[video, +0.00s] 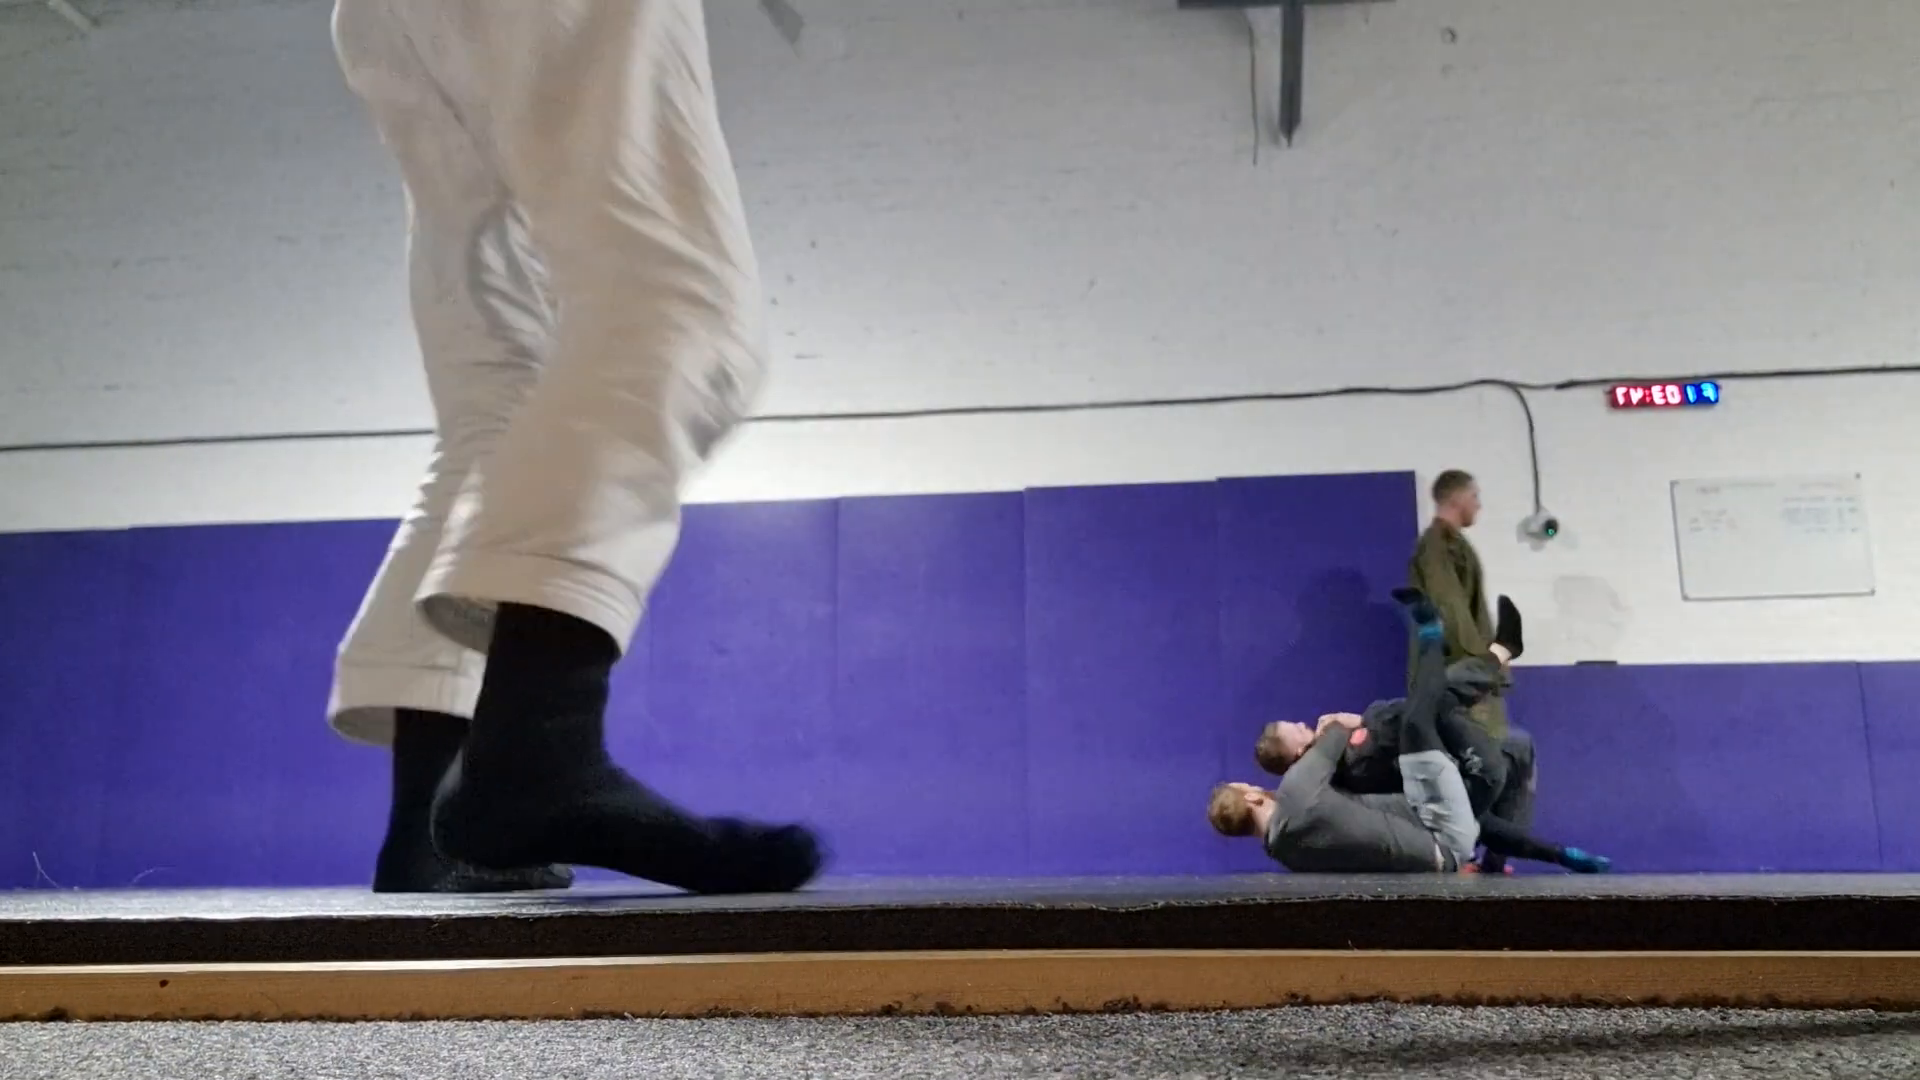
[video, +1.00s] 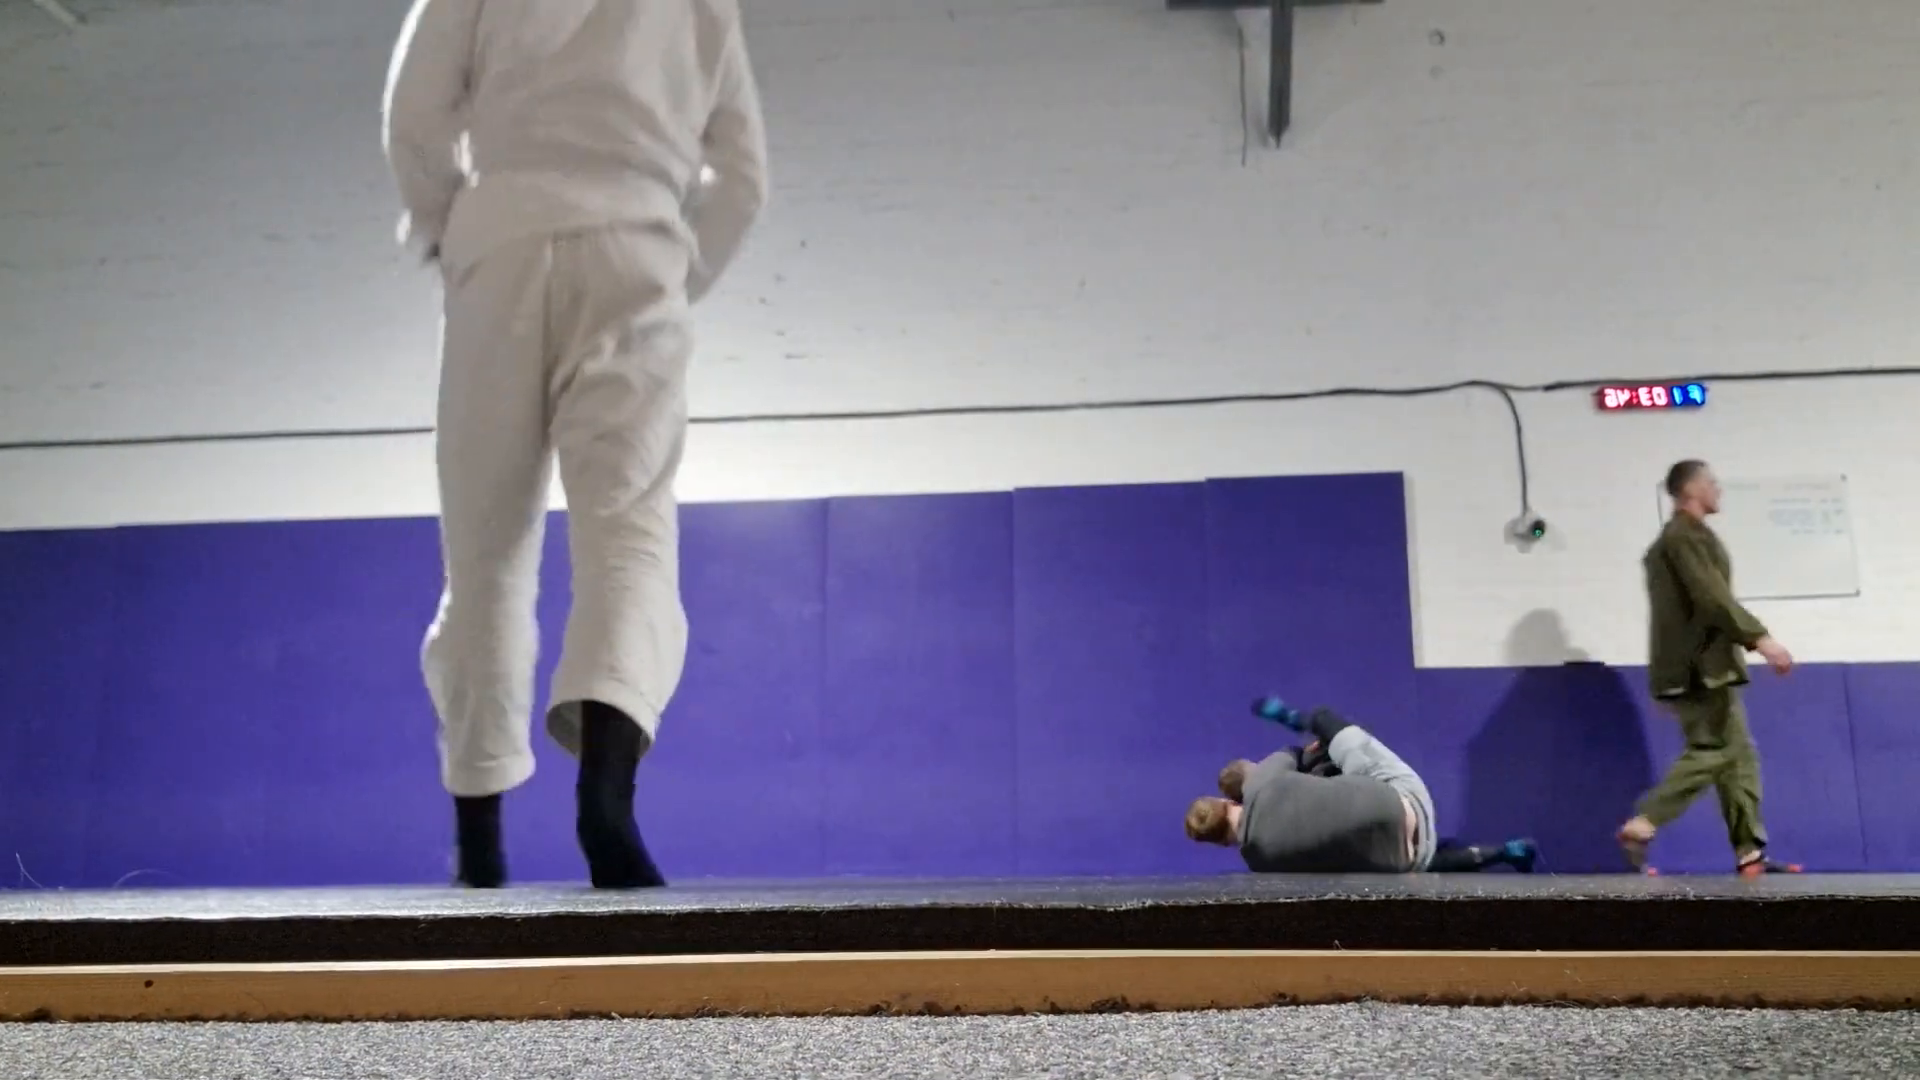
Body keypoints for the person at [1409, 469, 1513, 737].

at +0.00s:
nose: (1478, 504)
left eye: (1477, 496)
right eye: (1473, 496)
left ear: (1455, 499)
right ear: (1455, 498)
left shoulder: (1458, 544)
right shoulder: (1435, 546)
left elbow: (1475, 605)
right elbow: (1451, 606)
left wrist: (1490, 652)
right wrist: (1480, 656)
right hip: (1446, 663)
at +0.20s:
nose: (1524, 504)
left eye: (1523, 496)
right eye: (1519, 496)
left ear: (1494, 499)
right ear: (1500, 498)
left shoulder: (1495, 544)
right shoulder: (1479, 545)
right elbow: (1469, 613)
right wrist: (1480, 662)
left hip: (1511, 674)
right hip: (1508, 676)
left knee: (1491, 761)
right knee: (1543, 757)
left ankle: (1477, 846)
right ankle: (1576, 843)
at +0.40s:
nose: (1575, 500)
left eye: (1572, 492)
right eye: (1568, 492)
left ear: (1543, 497)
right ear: (1548, 497)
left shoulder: (1543, 541)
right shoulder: (1533, 543)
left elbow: (1539, 612)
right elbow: (1523, 610)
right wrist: (1524, 668)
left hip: (1555, 674)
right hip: (1571, 675)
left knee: (1531, 761)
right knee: (1598, 761)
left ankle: (1482, 833)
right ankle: (1607, 857)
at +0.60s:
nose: (1623, 489)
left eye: (1621, 482)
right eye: (1617, 482)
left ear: (1592, 488)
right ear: (1596, 487)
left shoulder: (1585, 535)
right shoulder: (1586, 538)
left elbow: (1593, 607)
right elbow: (1601, 604)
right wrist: (1634, 651)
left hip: (1596, 664)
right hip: (1600, 665)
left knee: (1622, 747)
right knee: (1615, 750)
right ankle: (1606, 855)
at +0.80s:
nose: (1670, 491)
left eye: (1668, 484)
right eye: (1663, 484)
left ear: (1639, 492)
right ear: (1641, 490)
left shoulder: (1636, 536)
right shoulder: (1633, 537)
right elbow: (1667, 596)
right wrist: (1726, 627)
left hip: (1654, 670)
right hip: (1642, 671)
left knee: (1685, 760)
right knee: (1631, 762)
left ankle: (1733, 848)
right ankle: (1605, 856)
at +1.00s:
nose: (1718, 489)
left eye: (1715, 482)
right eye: (1710, 482)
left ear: (1688, 492)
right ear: (1689, 490)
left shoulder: (1689, 537)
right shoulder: (1683, 539)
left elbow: (1698, 608)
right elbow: (1713, 601)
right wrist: (1763, 641)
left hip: (1706, 669)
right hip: (1693, 671)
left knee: (1737, 755)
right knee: (1712, 752)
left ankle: (1750, 855)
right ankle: (1641, 826)